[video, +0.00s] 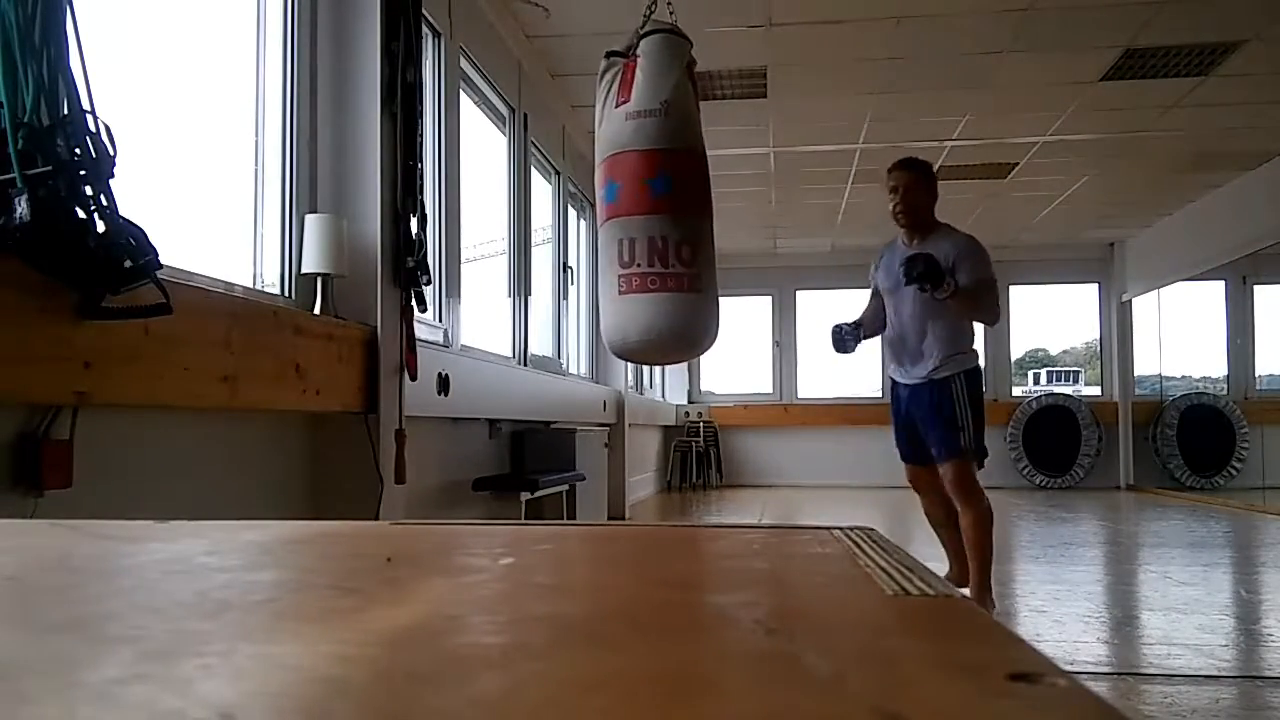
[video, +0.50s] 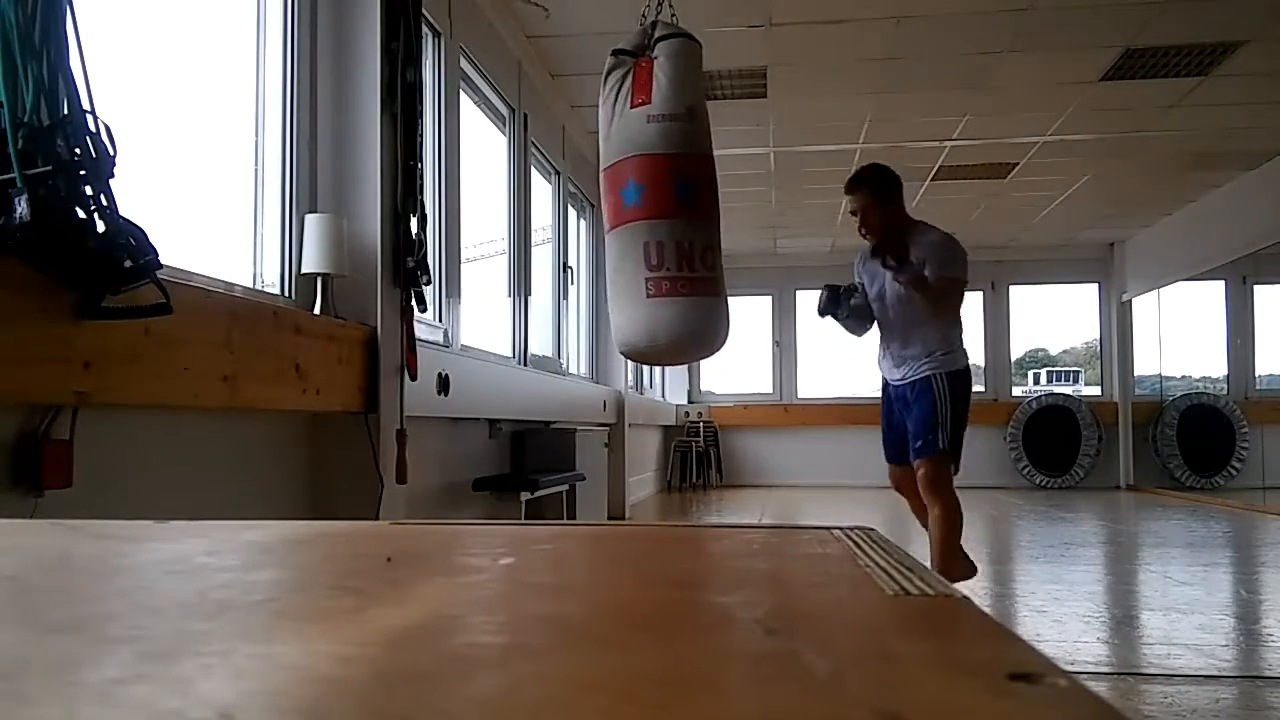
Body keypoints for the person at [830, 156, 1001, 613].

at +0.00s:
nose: (896, 201)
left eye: (906, 190)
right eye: (891, 192)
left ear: (931, 193)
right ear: (887, 199)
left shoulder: (962, 248)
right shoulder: (887, 259)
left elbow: (991, 313)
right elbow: (879, 313)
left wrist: (945, 288)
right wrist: (855, 329)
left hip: (950, 378)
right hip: (904, 383)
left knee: (960, 484)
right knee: (923, 481)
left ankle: (983, 594)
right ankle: (959, 568)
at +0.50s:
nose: (858, 224)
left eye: (861, 213)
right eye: (854, 215)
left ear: (891, 204)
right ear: (873, 211)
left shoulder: (940, 246)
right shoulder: (867, 260)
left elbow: (947, 309)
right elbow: (863, 322)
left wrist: (914, 278)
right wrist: (841, 307)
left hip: (938, 371)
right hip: (895, 376)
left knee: (932, 477)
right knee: (902, 477)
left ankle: (938, 583)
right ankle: (957, 561)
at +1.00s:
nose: (818, 216)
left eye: (823, 204)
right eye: (815, 206)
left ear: (853, 197)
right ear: (823, 204)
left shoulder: (905, 234)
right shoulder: (832, 247)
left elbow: (932, 296)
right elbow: (823, 321)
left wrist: (885, 260)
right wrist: (809, 294)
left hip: (906, 362)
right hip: (863, 371)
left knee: (912, 461)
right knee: (867, 472)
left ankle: (952, 578)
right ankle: (904, 572)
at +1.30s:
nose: (797, 212)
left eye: (804, 199)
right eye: (793, 203)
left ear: (834, 196)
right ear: (793, 208)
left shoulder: (873, 232)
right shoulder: (812, 258)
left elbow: (917, 276)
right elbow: (789, 315)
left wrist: (850, 248)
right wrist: (772, 279)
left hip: (884, 370)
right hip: (858, 375)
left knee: (854, 469)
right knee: (842, 473)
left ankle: (892, 575)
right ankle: (876, 575)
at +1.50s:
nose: (793, 182)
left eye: (801, 169)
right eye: (790, 171)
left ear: (833, 166)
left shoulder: (873, 204)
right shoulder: (812, 221)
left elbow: (858, 257)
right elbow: (802, 293)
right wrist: (776, 271)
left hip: (882, 356)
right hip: (846, 361)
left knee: (851, 463)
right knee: (826, 465)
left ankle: (887, 578)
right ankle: (888, 565)